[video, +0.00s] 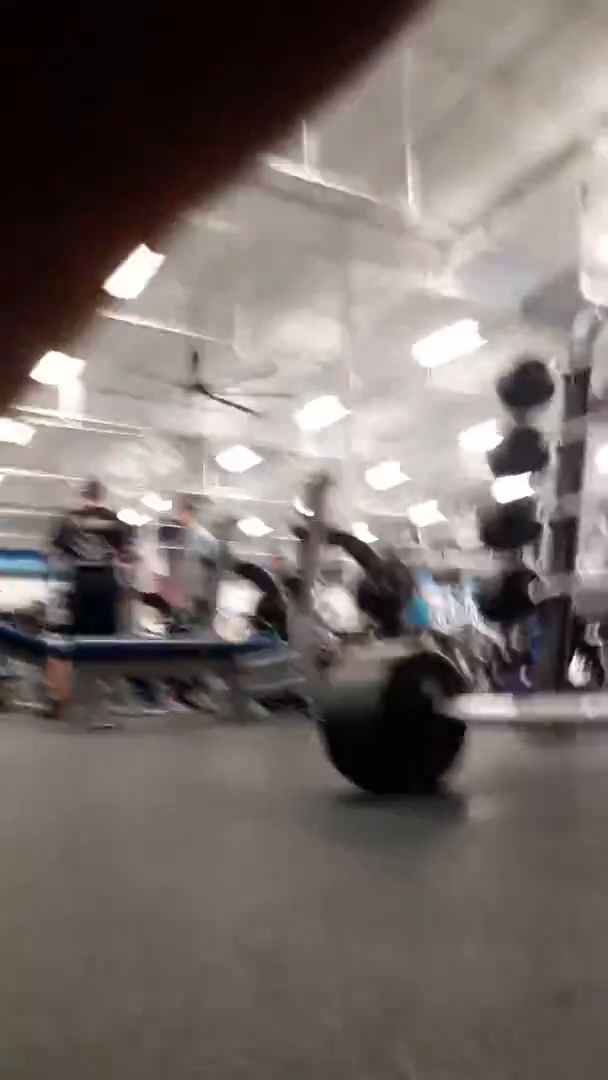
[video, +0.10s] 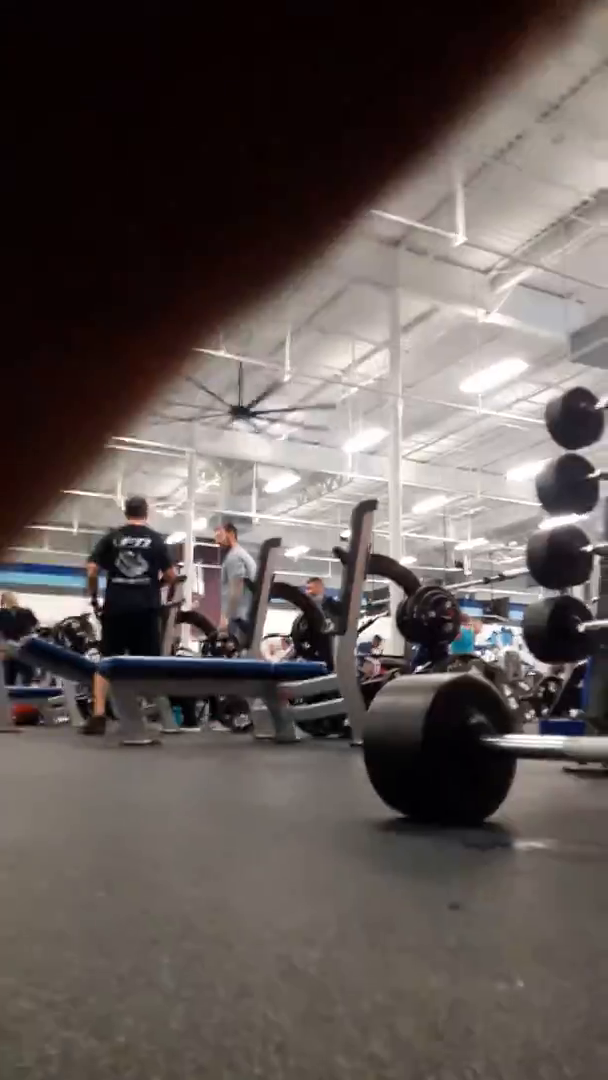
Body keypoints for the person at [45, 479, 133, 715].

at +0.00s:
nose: (91, 499)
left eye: (88, 495)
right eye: (94, 495)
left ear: (82, 495)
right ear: (102, 495)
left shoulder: (71, 520)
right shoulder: (112, 520)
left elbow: (59, 546)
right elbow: (123, 547)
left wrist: (77, 555)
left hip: (82, 580)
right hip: (107, 581)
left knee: (79, 633)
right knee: (107, 634)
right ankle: (108, 692)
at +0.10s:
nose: (142, 517)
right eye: (144, 512)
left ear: (125, 514)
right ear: (146, 514)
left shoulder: (112, 537)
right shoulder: (156, 539)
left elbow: (92, 569)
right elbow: (171, 575)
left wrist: (94, 599)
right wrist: (158, 583)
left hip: (115, 606)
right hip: (146, 607)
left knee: (106, 660)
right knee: (147, 662)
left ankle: (99, 712)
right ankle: (144, 717)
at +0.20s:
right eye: (140, 489)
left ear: (119, 490)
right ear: (141, 490)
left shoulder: (106, 512)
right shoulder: (151, 516)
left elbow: (88, 548)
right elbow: (165, 553)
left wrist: (89, 574)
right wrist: (154, 569)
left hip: (108, 582)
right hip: (139, 583)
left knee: (103, 638)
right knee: (140, 638)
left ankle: (100, 690)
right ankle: (136, 695)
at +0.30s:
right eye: (133, 486)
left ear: (113, 486)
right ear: (135, 487)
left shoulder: (99, 509)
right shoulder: (145, 514)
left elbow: (82, 544)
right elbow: (156, 551)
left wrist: (88, 569)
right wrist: (145, 569)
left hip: (101, 580)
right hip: (131, 580)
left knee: (98, 635)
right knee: (132, 636)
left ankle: (99, 690)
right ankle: (129, 693)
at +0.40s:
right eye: (129, 481)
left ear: (110, 481)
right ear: (131, 482)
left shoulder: (94, 504)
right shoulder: (142, 509)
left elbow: (78, 539)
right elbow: (151, 544)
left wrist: (86, 560)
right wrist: (143, 560)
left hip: (98, 576)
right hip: (129, 577)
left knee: (95, 632)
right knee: (127, 632)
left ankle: (97, 686)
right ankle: (124, 689)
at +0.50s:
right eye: (126, 479)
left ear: (106, 480)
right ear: (128, 481)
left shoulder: (91, 502)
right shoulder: (138, 506)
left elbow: (75, 538)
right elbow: (149, 544)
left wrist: (84, 560)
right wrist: (138, 557)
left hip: (96, 574)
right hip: (126, 575)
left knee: (93, 630)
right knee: (124, 630)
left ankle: (96, 685)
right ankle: (122, 687)